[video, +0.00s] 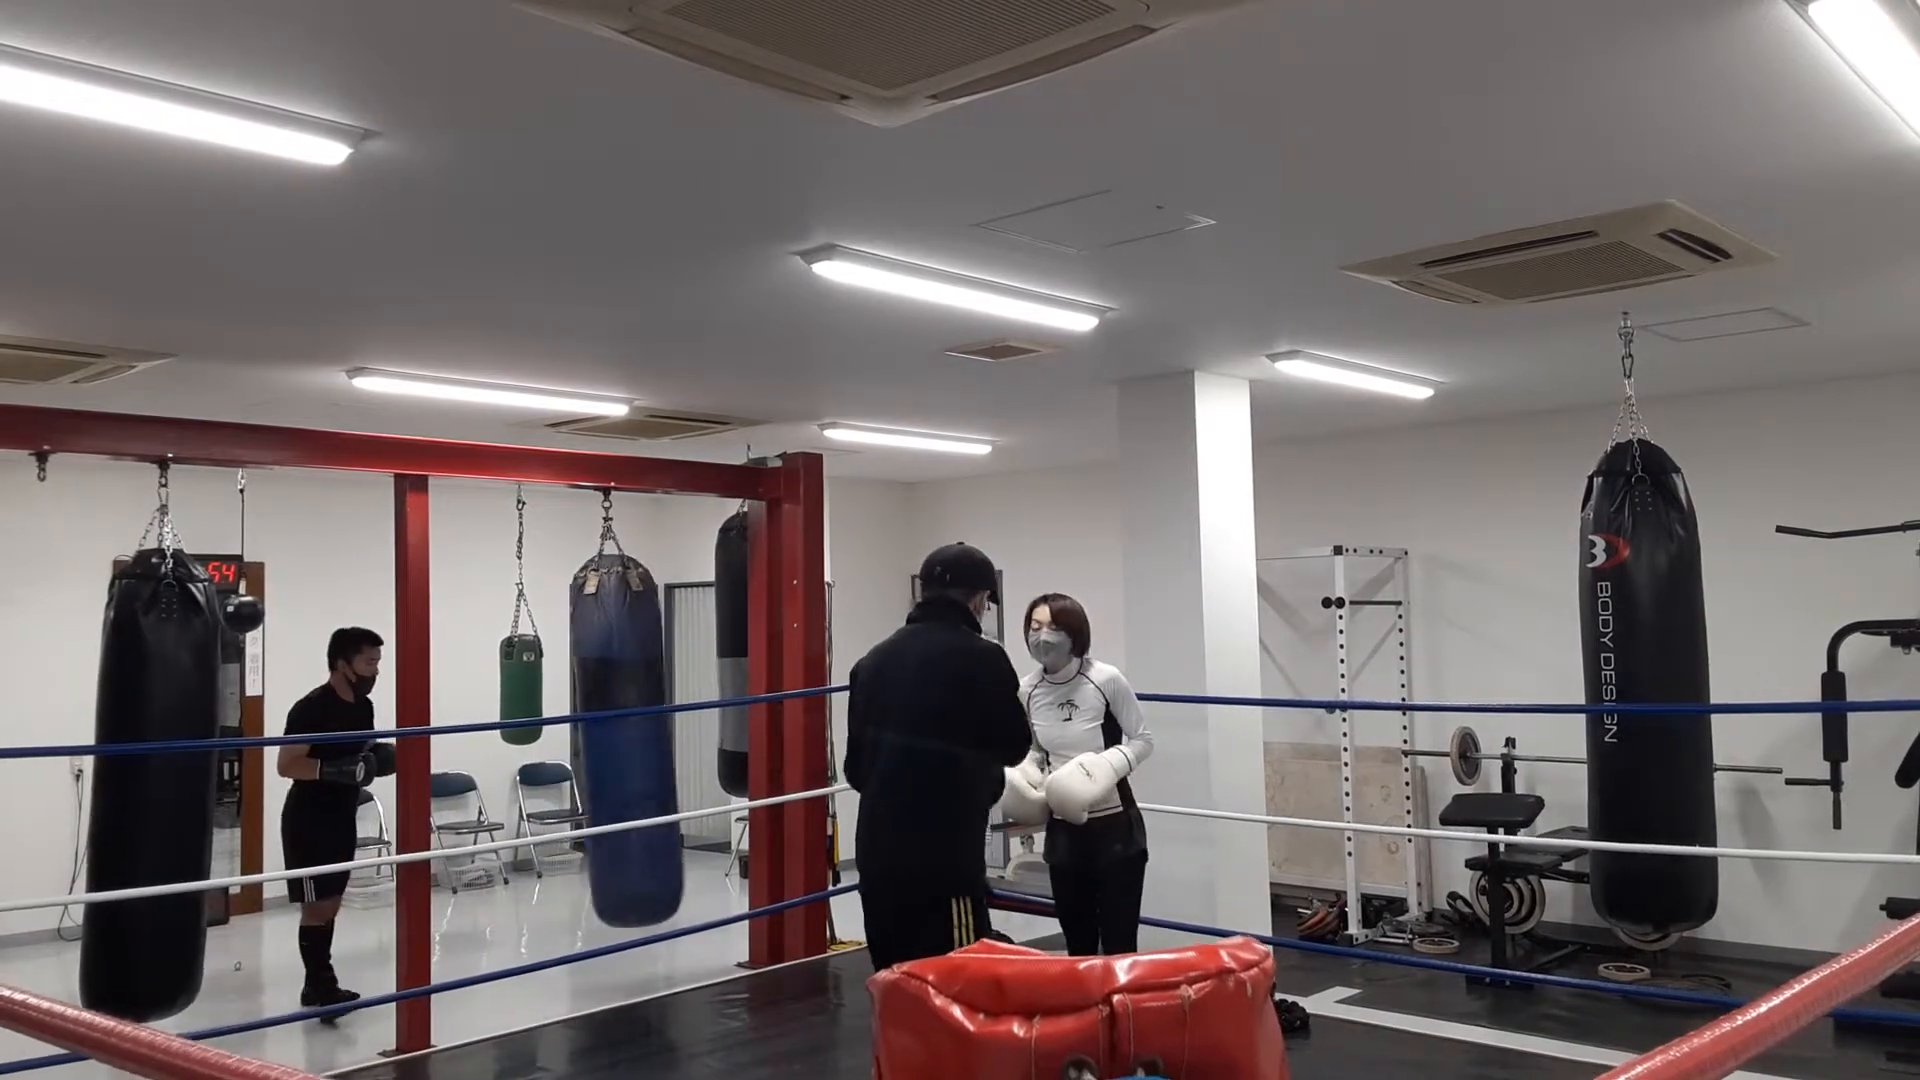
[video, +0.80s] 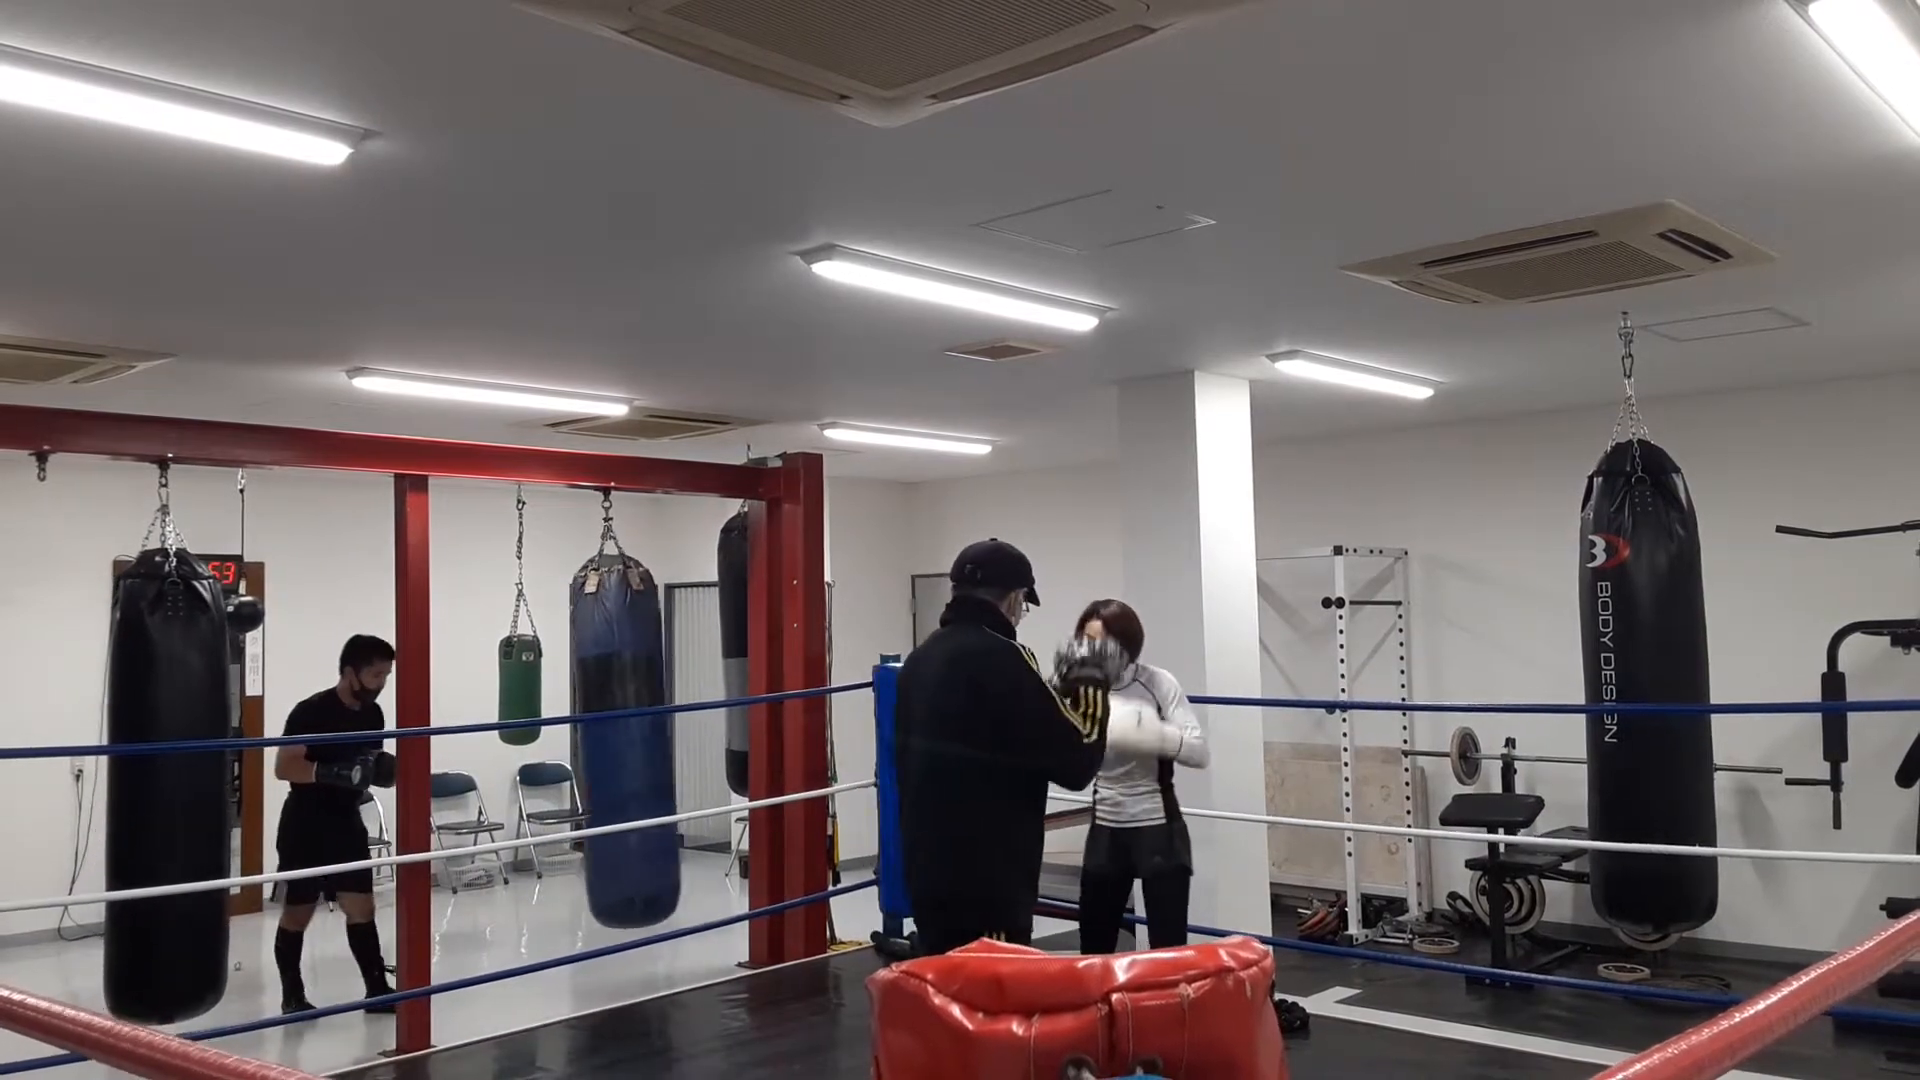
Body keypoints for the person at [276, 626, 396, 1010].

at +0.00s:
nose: (377, 668)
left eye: (378, 660)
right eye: (370, 661)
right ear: (343, 663)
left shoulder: (364, 707)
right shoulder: (310, 708)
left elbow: (354, 756)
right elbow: (287, 764)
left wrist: (380, 758)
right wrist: (342, 771)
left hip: (342, 812)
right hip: (307, 813)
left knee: (331, 900)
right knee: (316, 902)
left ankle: (317, 985)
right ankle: (321, 990)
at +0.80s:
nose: (382, 682)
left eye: (385, 675)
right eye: (375, 674)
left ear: (383, 673)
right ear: (350, 671)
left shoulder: (372, 715)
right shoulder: (310, 711)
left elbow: (367, 762)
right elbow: (285, 767)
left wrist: (386, 769)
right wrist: (335, 772)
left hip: (347, 820)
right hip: (304, 820)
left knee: (361, 905)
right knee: (298, 910)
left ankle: (377, 991)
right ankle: (293, 997)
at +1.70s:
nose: (346, 684)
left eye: (347, 676)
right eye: (340, 676)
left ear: (325, 675)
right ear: (313, 673)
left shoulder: (329, 716)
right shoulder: (273, 718)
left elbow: (317, 768)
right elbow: (256, 780)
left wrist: (349, 768)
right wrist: (314, 774)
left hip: (318, 827)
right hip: (277, 832)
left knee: (343, 908)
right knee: (272, 919)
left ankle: (369, 987)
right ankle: (246, 1005)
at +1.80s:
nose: (332, 678)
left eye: (333, 670)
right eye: (326, 670)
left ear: (307, 672)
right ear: (298, 670)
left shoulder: (319, 712)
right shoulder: (260, 716)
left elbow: (311, 761)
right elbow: (249, 778)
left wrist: (339, 761)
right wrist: (302, 770)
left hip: (310, 821)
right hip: (269, 826)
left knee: (337, 902)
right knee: (268, 915)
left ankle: (340, 987)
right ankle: (245, 1003)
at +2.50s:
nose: (364, 685)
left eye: (367, 677)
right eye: (357, 677)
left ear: (366, 675)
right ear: (331, 676)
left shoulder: (358, 718)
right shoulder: (295, 720)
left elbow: (355, 765)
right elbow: (282, 778)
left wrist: (370, 771)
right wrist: (332, 778)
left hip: (339, 816)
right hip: (297, 820)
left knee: (365, 889)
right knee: (285, 907)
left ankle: (371, 975)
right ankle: (252, 998)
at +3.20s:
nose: (323, 681)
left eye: (327, 673)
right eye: (316, 673)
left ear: (328, 671)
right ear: (292, 670)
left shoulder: (315, 711)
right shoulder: (254, 711)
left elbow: (351, 757)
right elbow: (266, 760)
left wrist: (361, 733)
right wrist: (309, 729)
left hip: (307, 820)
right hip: (263, 824)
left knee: (331, 892)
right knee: (254, 905)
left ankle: (355, 974)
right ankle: (235, 989)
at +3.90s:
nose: (355, 686)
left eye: (357, 678)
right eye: (348, 678)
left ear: (355, 679)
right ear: (324, 678)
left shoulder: (348, 718)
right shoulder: (288, 719)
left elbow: (386, 755)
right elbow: (307, 763)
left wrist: (393, 724)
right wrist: (346, 731)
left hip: (343, 828)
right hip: (298, 832)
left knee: (380, 896)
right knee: (277, 912)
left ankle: (395, 972)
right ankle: (238, 989)